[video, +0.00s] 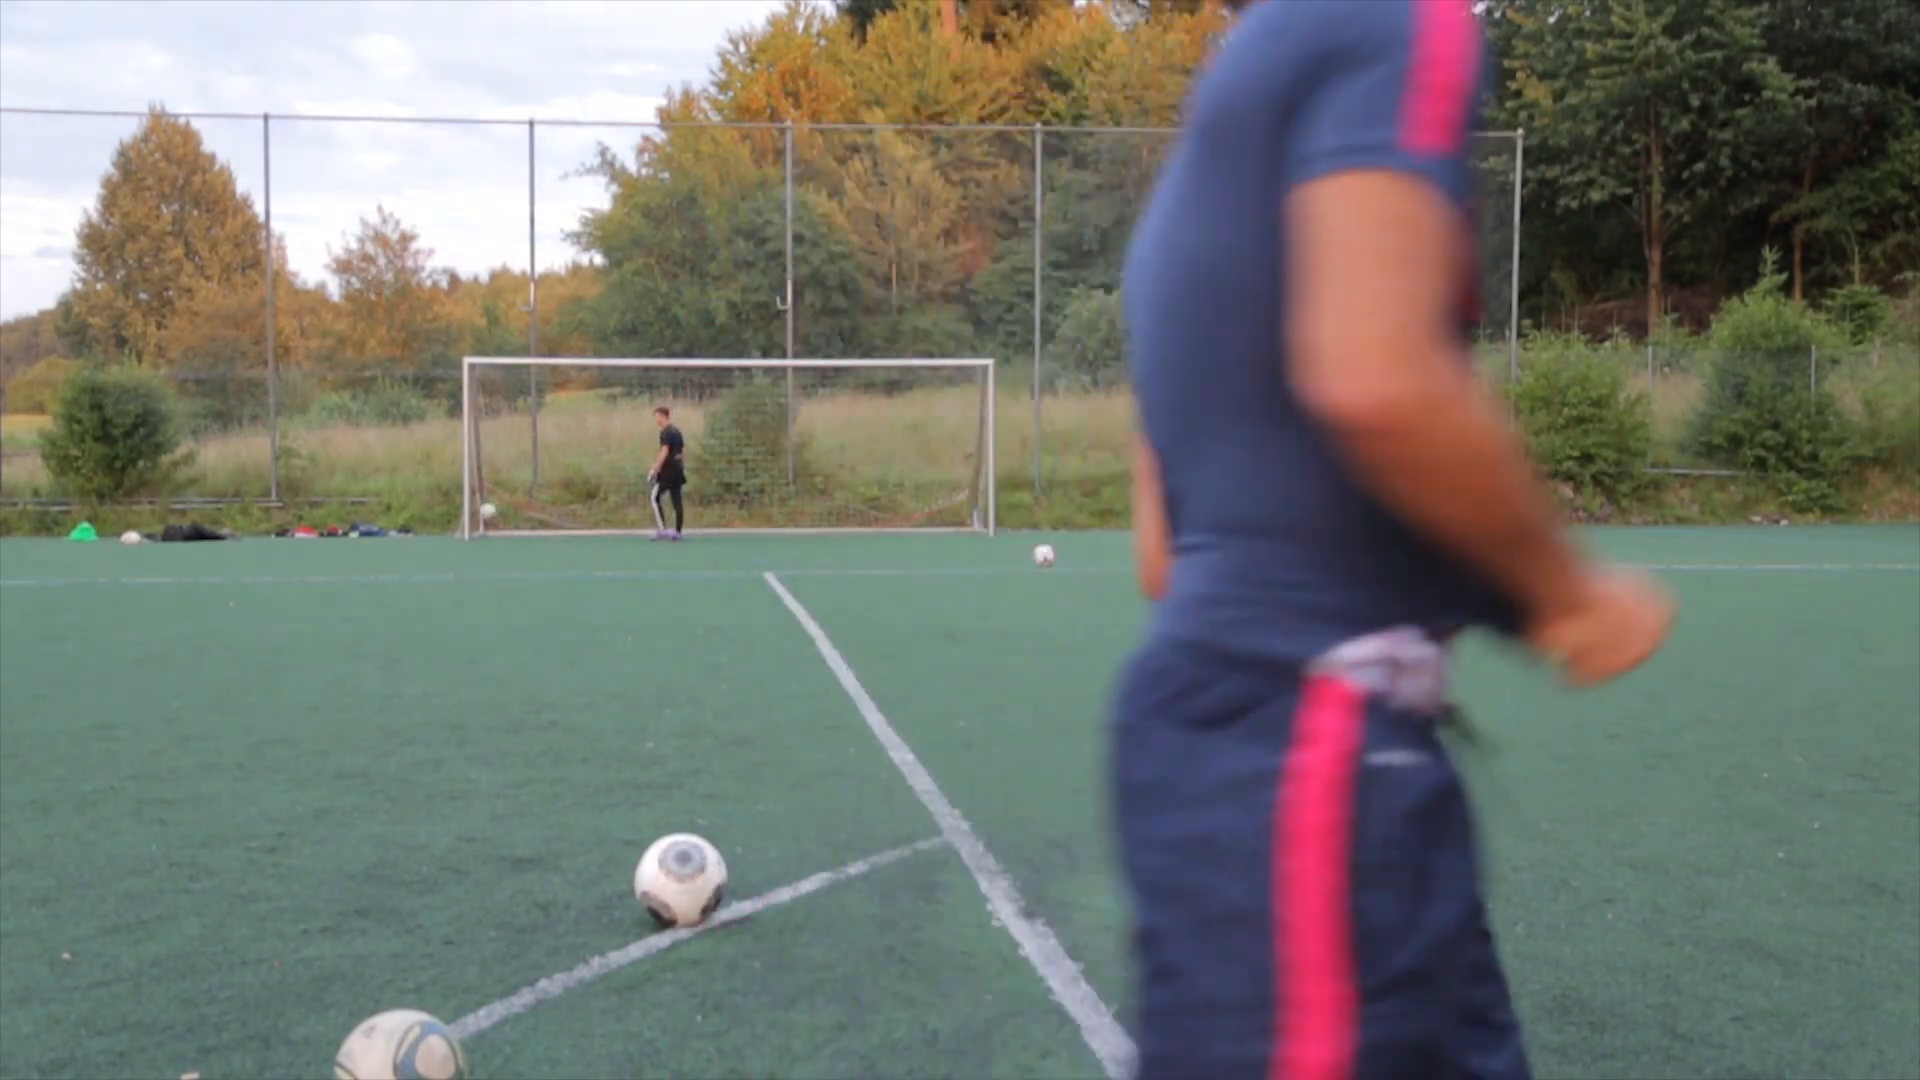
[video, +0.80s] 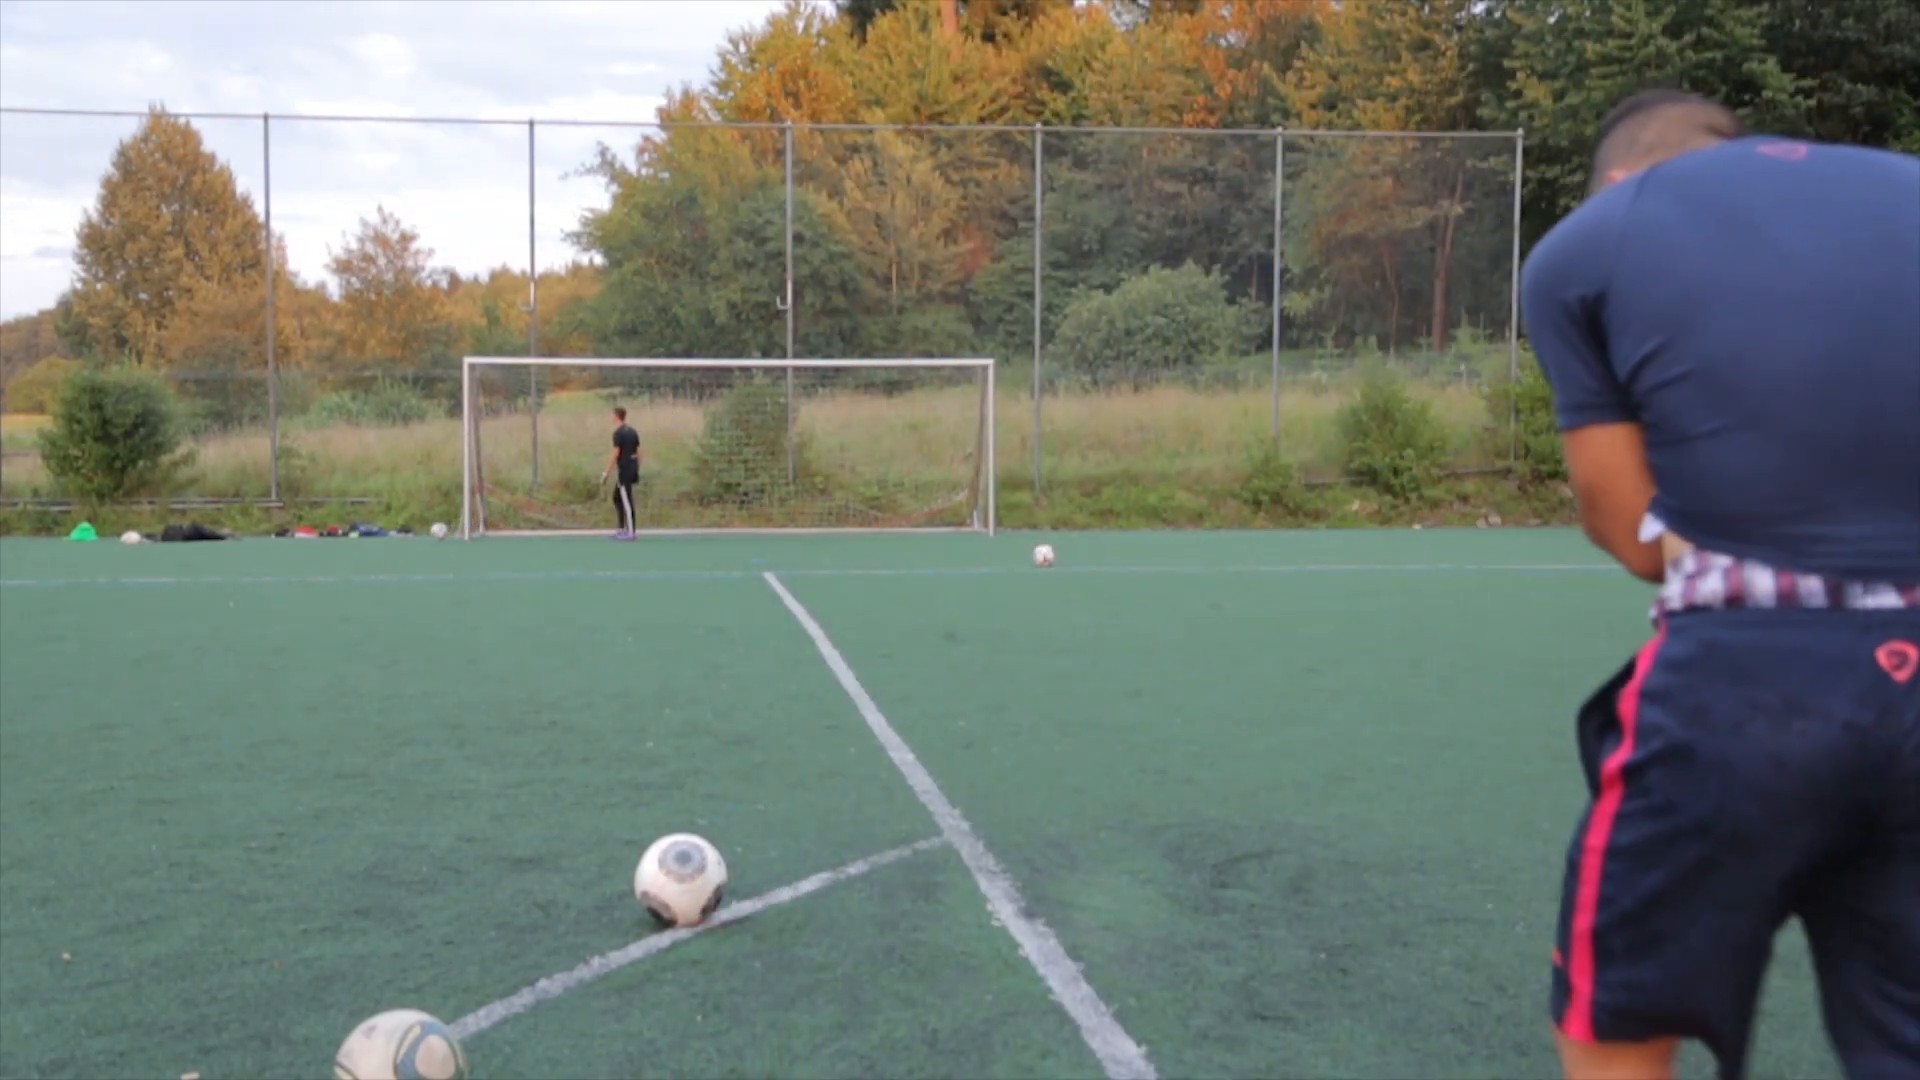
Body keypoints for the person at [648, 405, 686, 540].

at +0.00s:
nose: (656, 421)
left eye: (657, 417)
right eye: (656, 418)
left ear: (664, 417)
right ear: (666, 417)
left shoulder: (666, 432)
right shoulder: (677, 432)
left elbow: (665, 452)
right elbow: (680, 454)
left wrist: (655, 469)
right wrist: (679, 468)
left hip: (667, 470)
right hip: (677, 470)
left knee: (654, 496)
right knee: (677, 501)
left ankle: (661, 529)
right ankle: (678, 530)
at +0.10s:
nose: (654, 421)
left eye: (655, 418)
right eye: (653, 418)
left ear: (660, 417)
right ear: (665, 417)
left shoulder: (661, 432)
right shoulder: (674, 432)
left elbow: (661, 452)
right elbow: (678, 452)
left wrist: (652, 470)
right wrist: (678, 468)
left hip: (664, 467)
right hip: (675, 466)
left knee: (652, 496)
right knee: (677, 500)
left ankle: (649, 529)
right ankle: (678, 531)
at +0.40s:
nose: (637, 422)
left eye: (638, 419)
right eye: (637, 419)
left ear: (643, 419)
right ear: (648, 419)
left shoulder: (641, 435)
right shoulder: (659, 434)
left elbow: (642, 457)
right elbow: (663, 455)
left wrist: (640, 476)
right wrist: (665, 471)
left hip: (647, 470)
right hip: (659, 468)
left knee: (638, 500)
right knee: (663, 503)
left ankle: (632, 531)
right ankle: (675, 530)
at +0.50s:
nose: (631, 421)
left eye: (632, 418)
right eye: (631, 418)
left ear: (636, 419)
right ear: (642, 418)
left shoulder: (635, 434)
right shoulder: (652, 433)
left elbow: (635, 456)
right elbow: (658, 453)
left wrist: (632, 475)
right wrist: (659, 471)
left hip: (640, 470)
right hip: (651, 469)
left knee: (634, 500)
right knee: (652, 501)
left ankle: (632, 530)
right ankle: (669, 526)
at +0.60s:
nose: (626, 420)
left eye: (626, 417)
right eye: (627, 417)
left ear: (628, 417)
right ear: (636, 417)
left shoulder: (630, 434)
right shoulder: (645, 432)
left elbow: (629, 455)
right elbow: (651, 452)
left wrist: (624, 474)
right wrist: (652, 470)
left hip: (633, 468)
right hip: (644, 467)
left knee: (632, 501)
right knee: (639, 500)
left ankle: (631, 531)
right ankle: (658, 522)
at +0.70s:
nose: (619, 420)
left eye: (620, 417)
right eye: (620, 417)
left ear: (623, 417)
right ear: (630, 417)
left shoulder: (624, 433)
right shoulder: (639, 432)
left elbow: (622, 454)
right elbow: (645, 452)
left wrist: (615, 472)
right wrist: (646, 469)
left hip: (628, 468)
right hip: (639, 467)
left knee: (629, 498)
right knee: (631, 497)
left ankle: (632, 529)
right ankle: (641, 522)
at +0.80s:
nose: (613, 419)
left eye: (614, 416)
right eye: (614, 416)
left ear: (616, 417)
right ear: (624, 416)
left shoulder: (618, 433)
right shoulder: (632, 431)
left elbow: (615, 454)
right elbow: (637, 452)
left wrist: (606, 472)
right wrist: (636, 468)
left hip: (624, 470)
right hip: (632, 468)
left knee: (625, 499)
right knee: (617, 496)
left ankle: (630, 531)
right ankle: (622, 527)